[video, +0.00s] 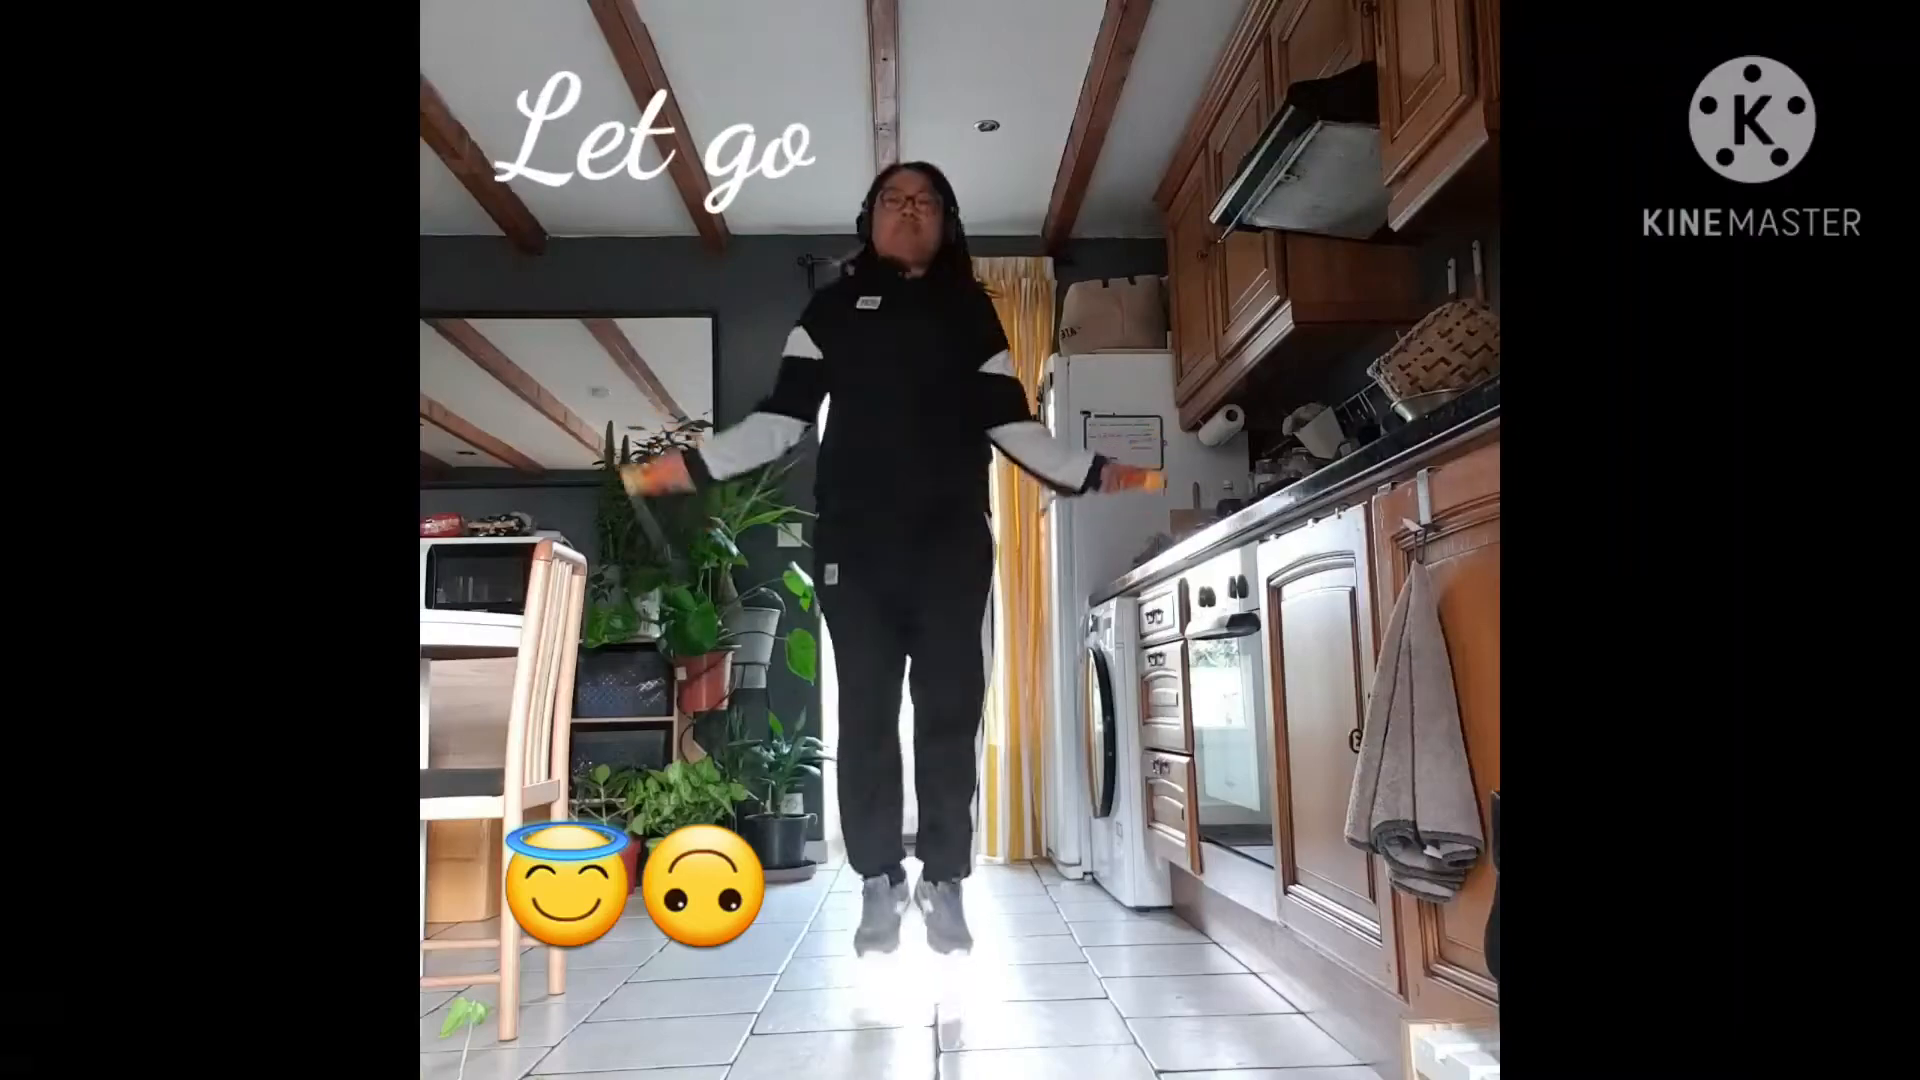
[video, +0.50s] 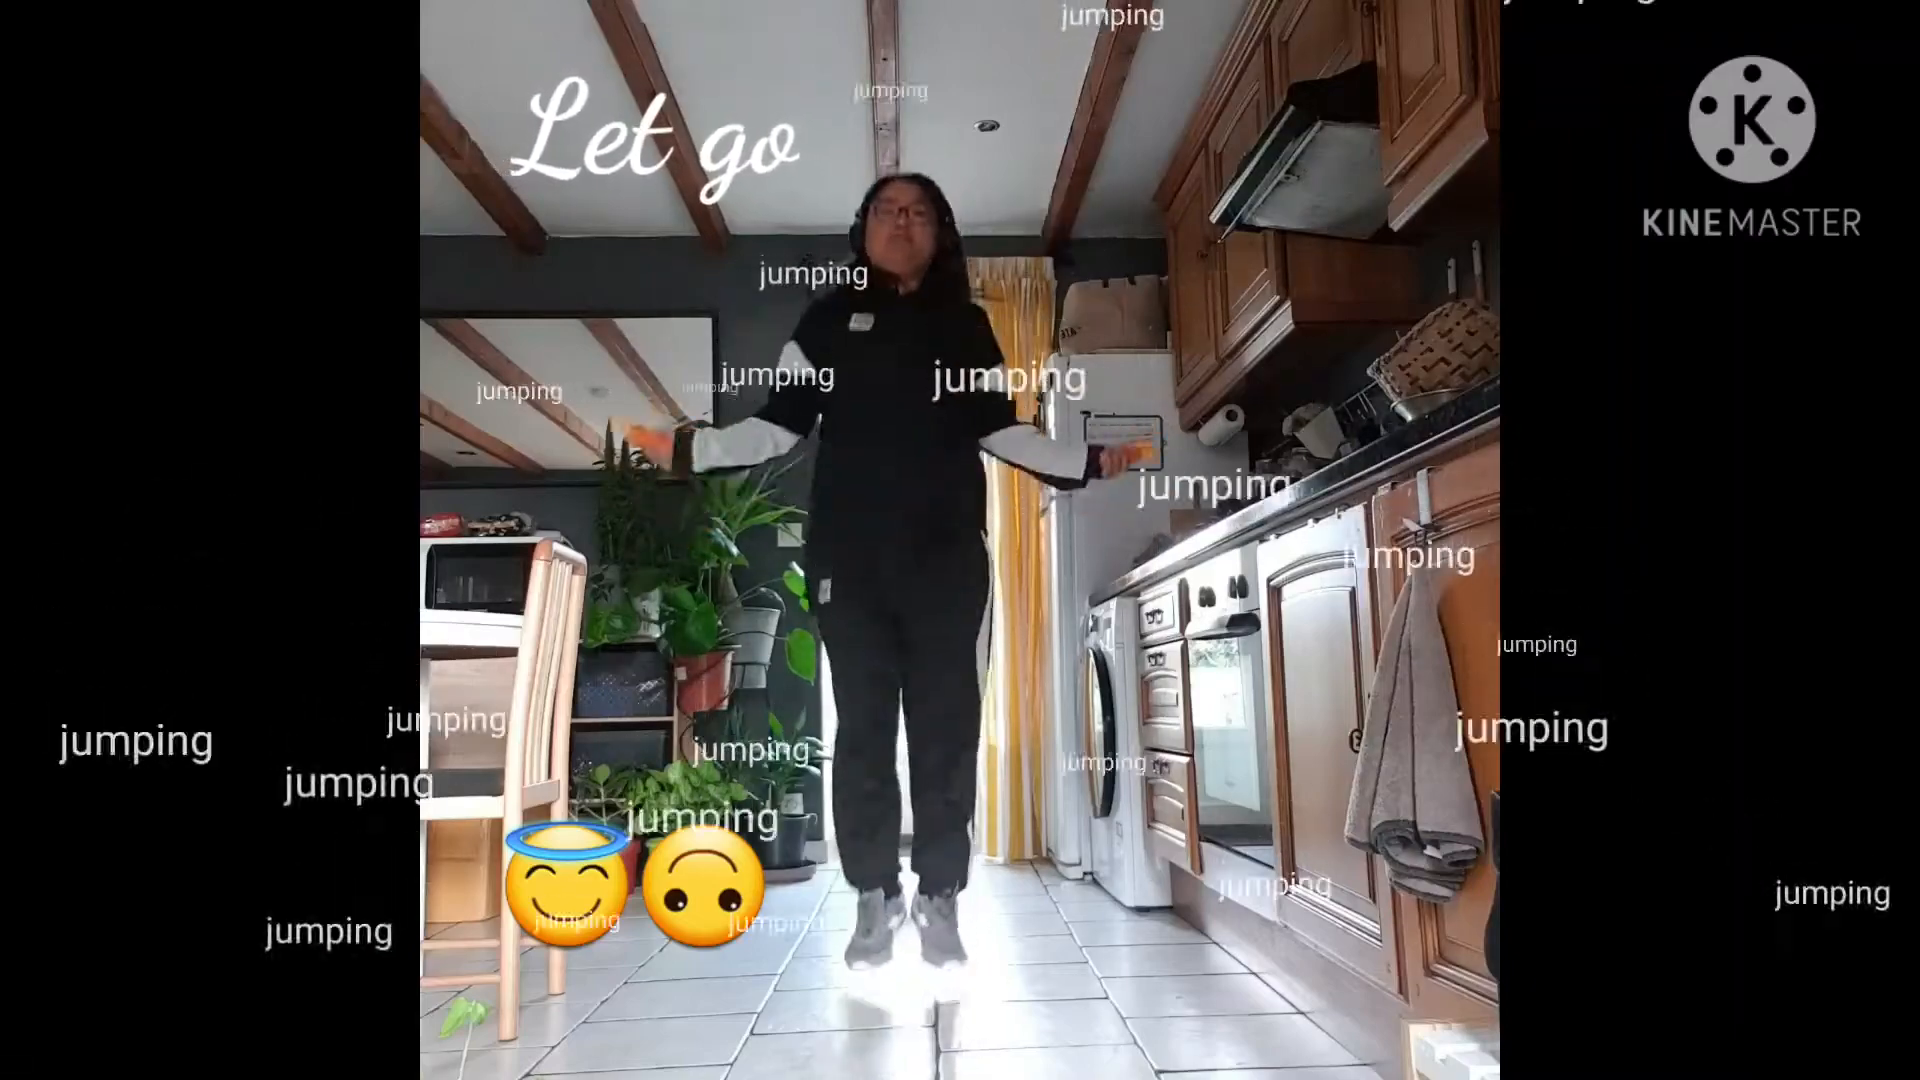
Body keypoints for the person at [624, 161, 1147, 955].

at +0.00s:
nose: (908, 209)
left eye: (923, 200)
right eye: (893, 200)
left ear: (947, 227)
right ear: (868, 224)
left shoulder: (969, 309)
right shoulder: (833, 308)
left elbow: (1006, 422)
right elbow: (786, 417)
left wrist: (1090, 471)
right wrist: (695, 461)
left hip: (952, 539)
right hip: (858, 538)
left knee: (950, 714)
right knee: (866, 715)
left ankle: (945, 881)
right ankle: (878, 882)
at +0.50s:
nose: (902, 222)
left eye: (918, 212)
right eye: (888, 211)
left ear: (942, 236)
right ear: (863, 233)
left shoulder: (966, 325)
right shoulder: (830, 315)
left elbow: (996, 430)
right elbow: (785, 423)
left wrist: (1088, 461)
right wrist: (693, 443)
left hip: (946, 551)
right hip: (851, 549)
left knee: (945, 726)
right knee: (863, 726)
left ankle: (939, 900)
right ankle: (874, 897)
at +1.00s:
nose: (899, 255)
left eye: (915, 244)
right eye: (885, 243)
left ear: (941, 262)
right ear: (862, 259)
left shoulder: (966, 351)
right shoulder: (827, 349)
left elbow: (1001, 455)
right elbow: (783, 454)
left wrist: (1077, 474)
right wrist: (703, 446)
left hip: (947, 576)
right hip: (852, 576)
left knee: (943, 751)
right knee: (863, 749)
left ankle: (938, 919)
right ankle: (876, 919)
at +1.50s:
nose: (908, 249)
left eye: (925, 240)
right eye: (894, 240)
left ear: (950, 266)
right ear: (870, 263)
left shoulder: (973, 350)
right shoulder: (835, 350)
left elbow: (1009, 454)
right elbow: (780, 447)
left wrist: (1099, 463)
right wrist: (694, 444)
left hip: (954, 575)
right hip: (861, 573)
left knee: (952, 748)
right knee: (869, 753)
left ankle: (942, 915)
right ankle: (880, 923)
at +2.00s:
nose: (906, 275)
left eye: (921, 265)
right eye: (892, 264)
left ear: (945, 288)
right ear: (869, 285)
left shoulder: (971, 377)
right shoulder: (834, 375)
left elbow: (1002, 479)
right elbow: (778, 474)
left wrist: (1079, 479)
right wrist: (715, 463)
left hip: (951, 603)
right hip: (857, 603)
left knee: (949, 768)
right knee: (870, 769)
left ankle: (942, 924)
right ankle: (883, 929)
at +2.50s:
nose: (902, 266)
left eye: (916, 255)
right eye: (888, 253)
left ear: (936, 274)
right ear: (863, 270)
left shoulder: (962, 364)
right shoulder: (826, 361)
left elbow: (997, 464)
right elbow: (782, 464)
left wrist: (1066, 494)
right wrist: (721, 496)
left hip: (944, 594)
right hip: (851, 594)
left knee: (937, 760)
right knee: (857, 761)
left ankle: (934, 922)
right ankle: (877, 921)